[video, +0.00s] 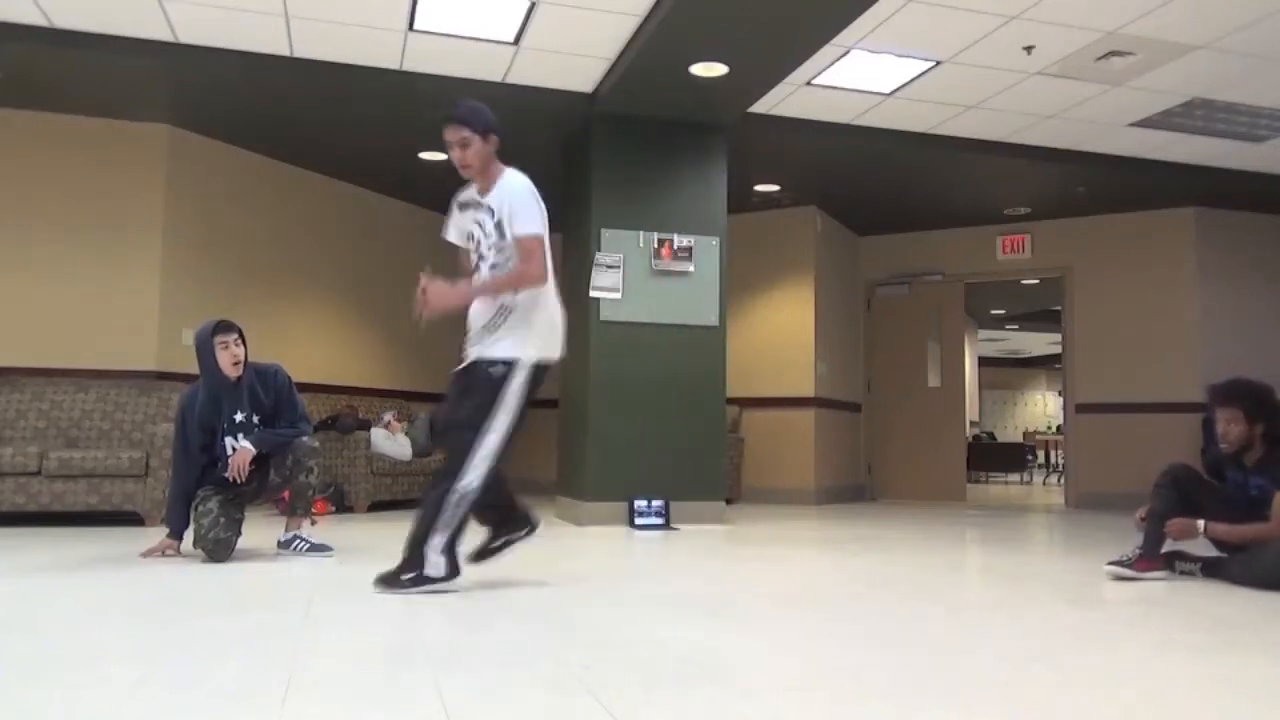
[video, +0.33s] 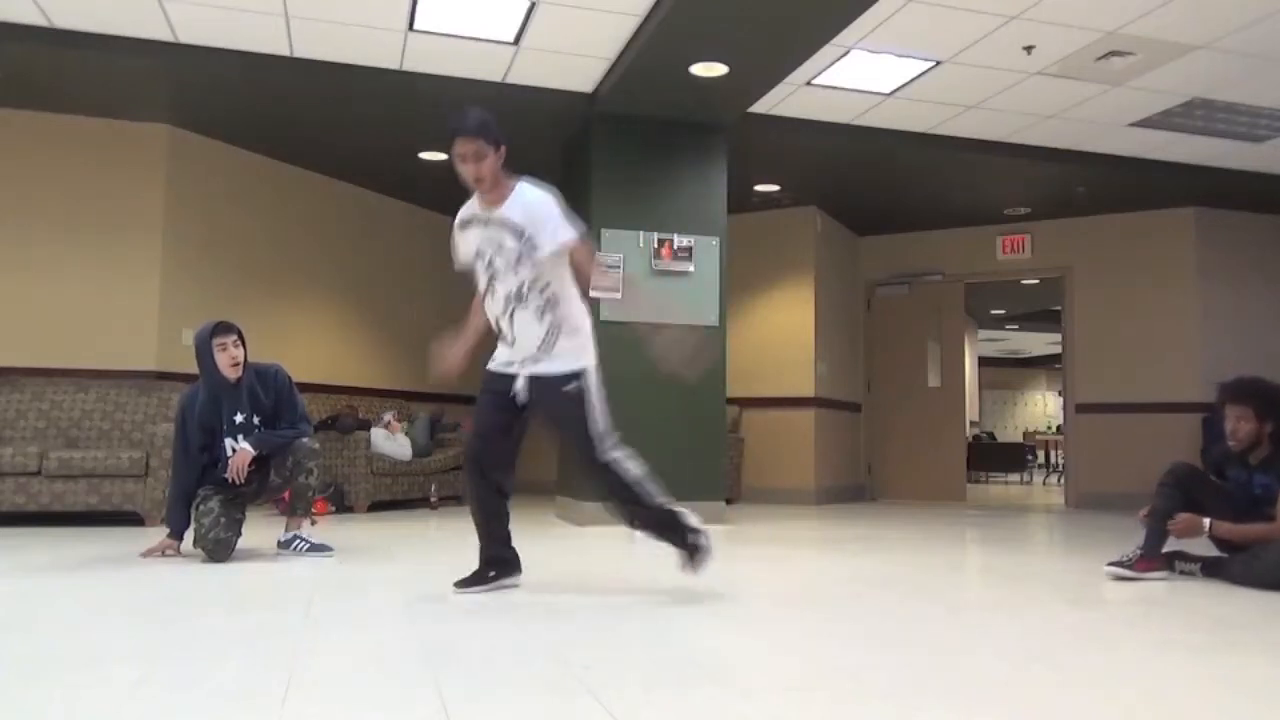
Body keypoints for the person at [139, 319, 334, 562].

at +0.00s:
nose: (235, 352)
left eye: (238, 344)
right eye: (224, 347)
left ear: (245, 347)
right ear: (207, 356)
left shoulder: (272, 378)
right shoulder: (194, 402)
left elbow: (301, 427)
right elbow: (184, 470)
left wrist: (253, 444)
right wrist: (174, 534)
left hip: (263, 475)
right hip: (217, 488)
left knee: (306, 450)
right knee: (216, 549)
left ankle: (292, 534)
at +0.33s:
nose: (234, 354)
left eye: (237, 345)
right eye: (222, 349)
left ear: (244, 348)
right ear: (207, 357)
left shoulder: (272, 378)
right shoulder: (194, 402)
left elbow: (302, 429)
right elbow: (184, 470)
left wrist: (253, 445)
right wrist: (174, 535)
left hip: (264, 476)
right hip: (218, 488)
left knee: (306, 450)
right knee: (216, 549)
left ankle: (292, 534)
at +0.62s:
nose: (233, 355)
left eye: (236, 347)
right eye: (222, 350)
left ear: (244, 349)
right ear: (207, 358)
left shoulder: (272, 378)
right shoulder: (194, 402)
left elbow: (302, 428)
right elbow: (184, 470)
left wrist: (253, 445)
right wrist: (174, 535)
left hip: (265, 475)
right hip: (219, 488)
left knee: (306, 451)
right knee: (216, 549)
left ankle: (293, 534)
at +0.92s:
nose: (232, 356)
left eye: (235, 347)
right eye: (221, 351)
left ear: (243, 349)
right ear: (206, 359)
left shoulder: (271, 379)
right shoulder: (194, 403)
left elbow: (302, 428)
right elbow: (184, 470)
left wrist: (253, 445)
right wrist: (174, 535)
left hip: (264, 475)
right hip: (218, 489)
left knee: (306, 450)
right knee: (216, 549)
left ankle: (292, 534)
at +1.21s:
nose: (231, 356)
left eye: (235, 347)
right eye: (220, 351)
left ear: (243, 349)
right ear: (205, 359)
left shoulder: (271, 379)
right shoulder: (193, 403)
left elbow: (302, 428)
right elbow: (184, 470)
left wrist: (253, 445)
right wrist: (174, 535)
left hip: (264, 476)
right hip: (218, 489)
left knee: (306, 450)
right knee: (216, 550)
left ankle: (292, 535)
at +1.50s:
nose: (231, 356)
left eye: (234, 347)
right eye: (220, 351)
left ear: (242, 349)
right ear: (205, 359)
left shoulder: (271, 379)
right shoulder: (194, 403)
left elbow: (302, 428)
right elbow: (184, 470)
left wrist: (253, 445)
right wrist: (174, 535)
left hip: (264, 476)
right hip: (218, 489)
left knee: (307, 449)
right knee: (215, 549)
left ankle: (292, 534)